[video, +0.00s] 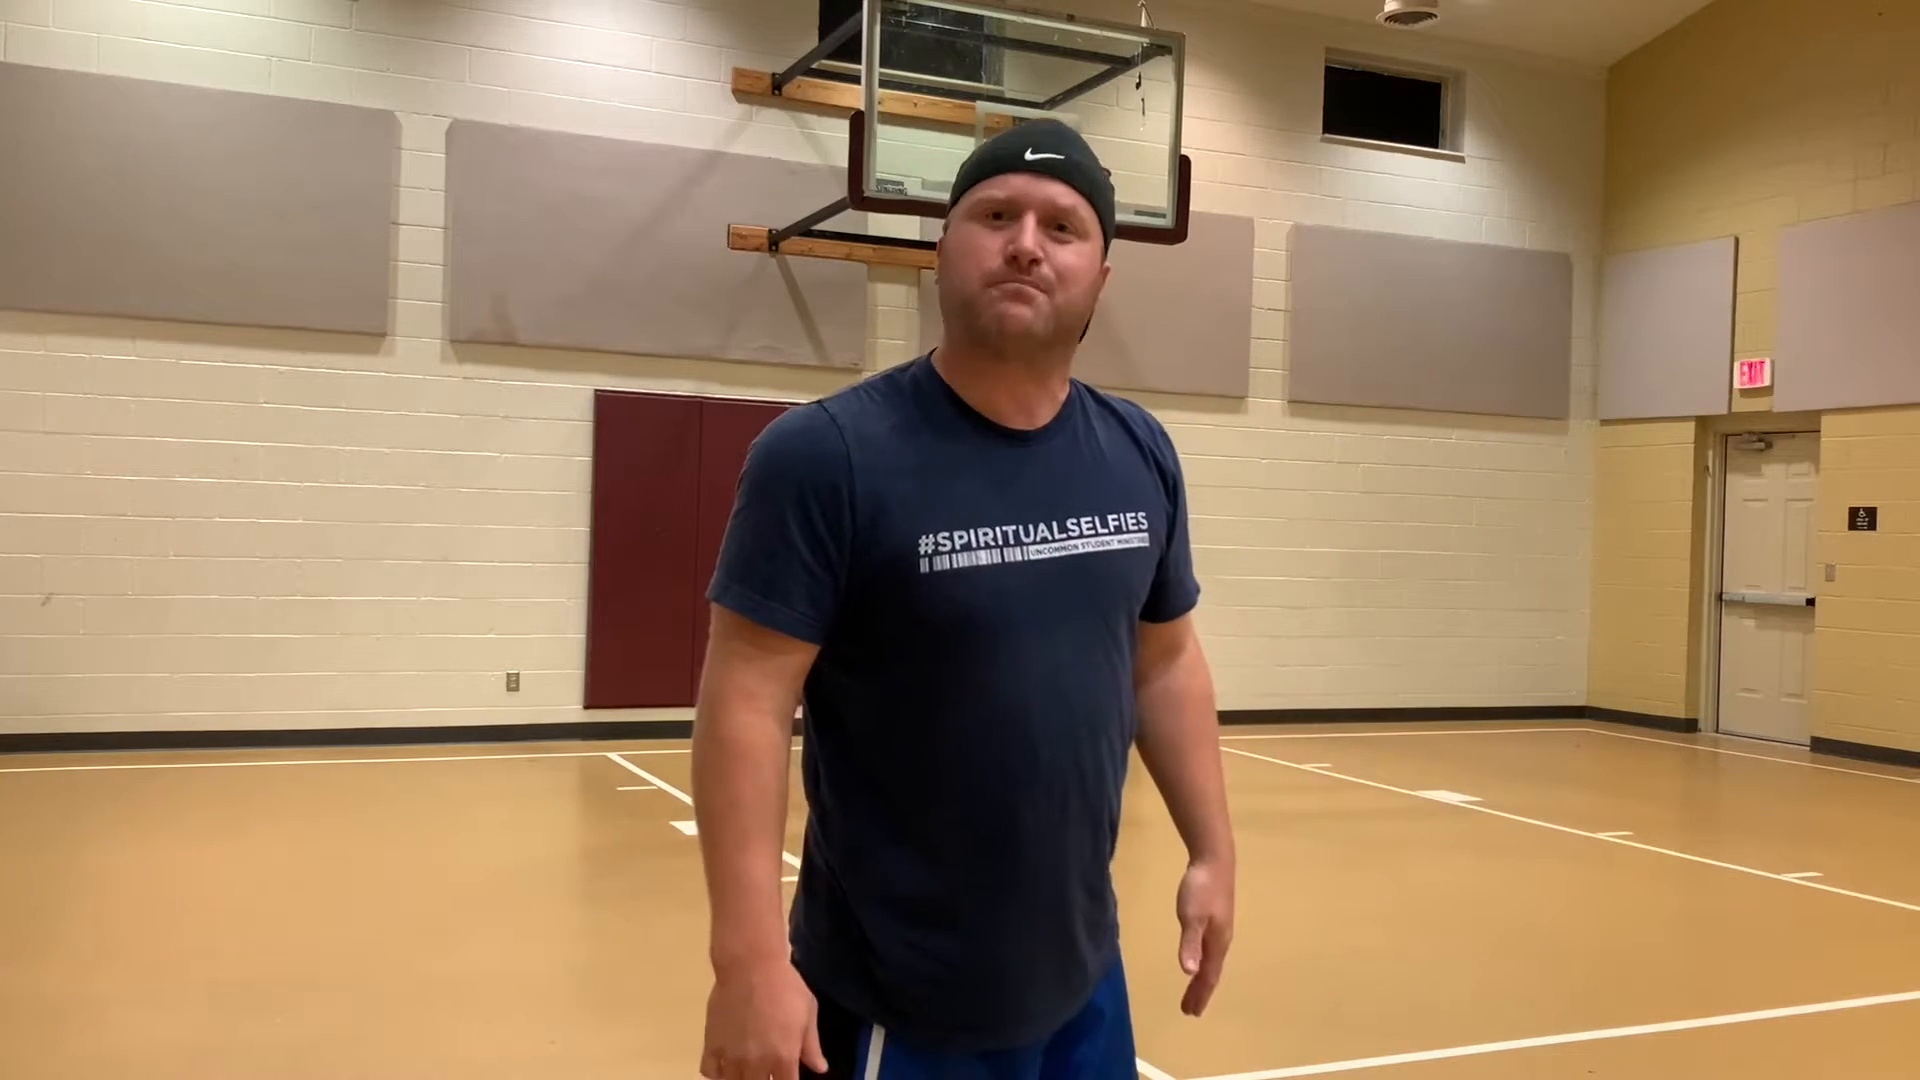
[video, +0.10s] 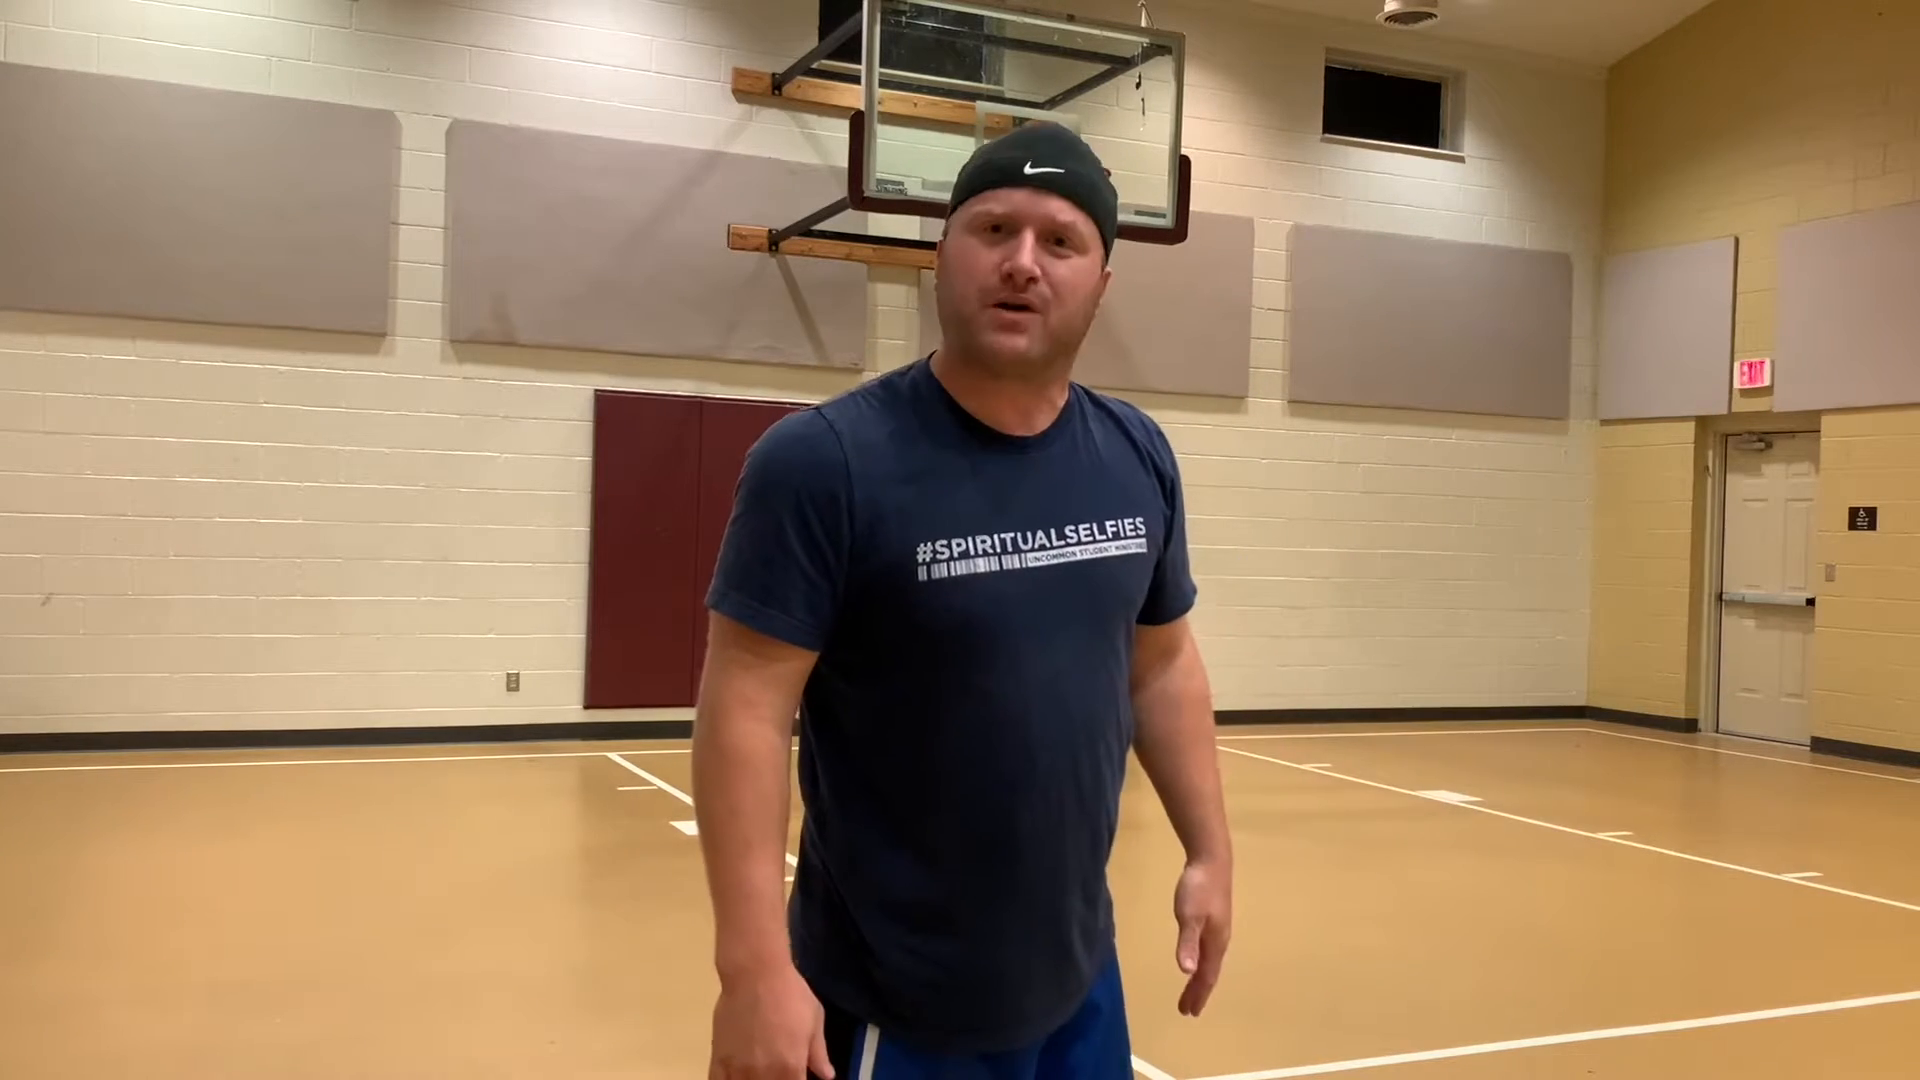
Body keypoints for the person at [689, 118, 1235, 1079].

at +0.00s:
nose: (1026, 245)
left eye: (1063, 227)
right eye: (995, 217)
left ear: (1101, 277)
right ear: (940, 254)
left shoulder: (1135, 454)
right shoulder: (824, 456)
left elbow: (1167, 662)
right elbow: (744, 699)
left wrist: (1213, 850)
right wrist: (748, 962)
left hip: (1077, 974)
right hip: (891, 998)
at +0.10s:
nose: (1023, 263)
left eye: (1060, 242)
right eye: (994, 231)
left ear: (1102, 283)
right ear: (940, 258)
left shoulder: (1132, 459)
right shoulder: (821, 463)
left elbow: (1164, 665)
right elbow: (742, 708)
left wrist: (1210, 849)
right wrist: (752, 969)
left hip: (1074, 978)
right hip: (886, 1002)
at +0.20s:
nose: (1022, 269)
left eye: (1059, 246)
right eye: (992, 236)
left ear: (1101, 287)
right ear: (938, 261)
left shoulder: (1132, 461)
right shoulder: (820, 469)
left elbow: (1161, 668)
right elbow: (742, 718)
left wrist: (1205, 851)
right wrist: (759, 977)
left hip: (1070, 980)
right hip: (881, 1005)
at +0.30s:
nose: (1019, 263)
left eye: (1055, 242)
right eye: (988, 234)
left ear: (1097, 285)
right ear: (934, 264)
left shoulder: (1130, 461)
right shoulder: (817, 472)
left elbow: (1159, 669)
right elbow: (742, 722)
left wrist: (1202, 853)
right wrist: (762, 981)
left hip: (1067, 979)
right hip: (878, 1005)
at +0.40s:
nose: (1018, 254)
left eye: (1053, 234)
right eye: (984, 227)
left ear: (1093, 284)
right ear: (928, 267)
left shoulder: (1128, 461)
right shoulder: (816, 474)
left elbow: (1158, 668)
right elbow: (740, 726)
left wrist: (1203, 851)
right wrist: (759, 987)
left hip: (1066, 979)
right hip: (879, 1006)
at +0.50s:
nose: (1016, 246)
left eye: (1050, 227)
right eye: (981, 222)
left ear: (1090, 278)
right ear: (926, 268)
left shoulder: (1126, 458)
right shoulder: (816, 473)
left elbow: (1158, 664)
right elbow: (739, 724)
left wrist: (1207, 850)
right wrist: (754, 986)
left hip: (1066, 981)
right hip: (878, 1008)